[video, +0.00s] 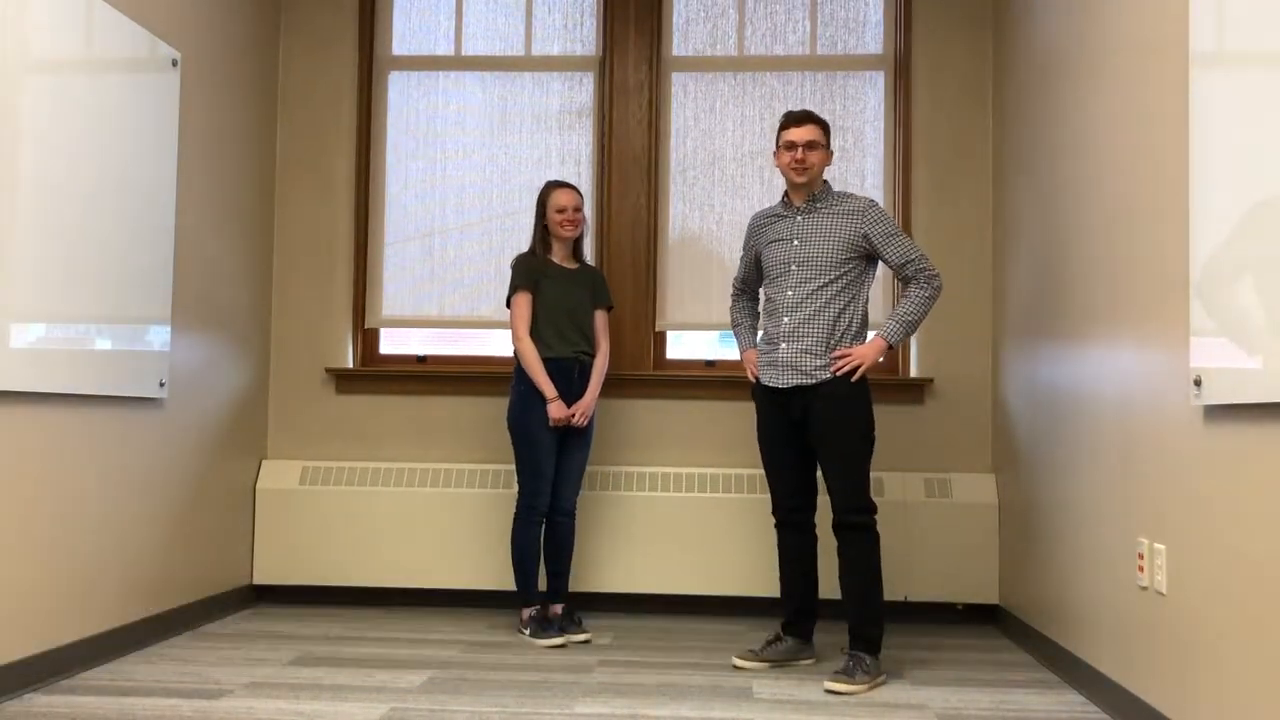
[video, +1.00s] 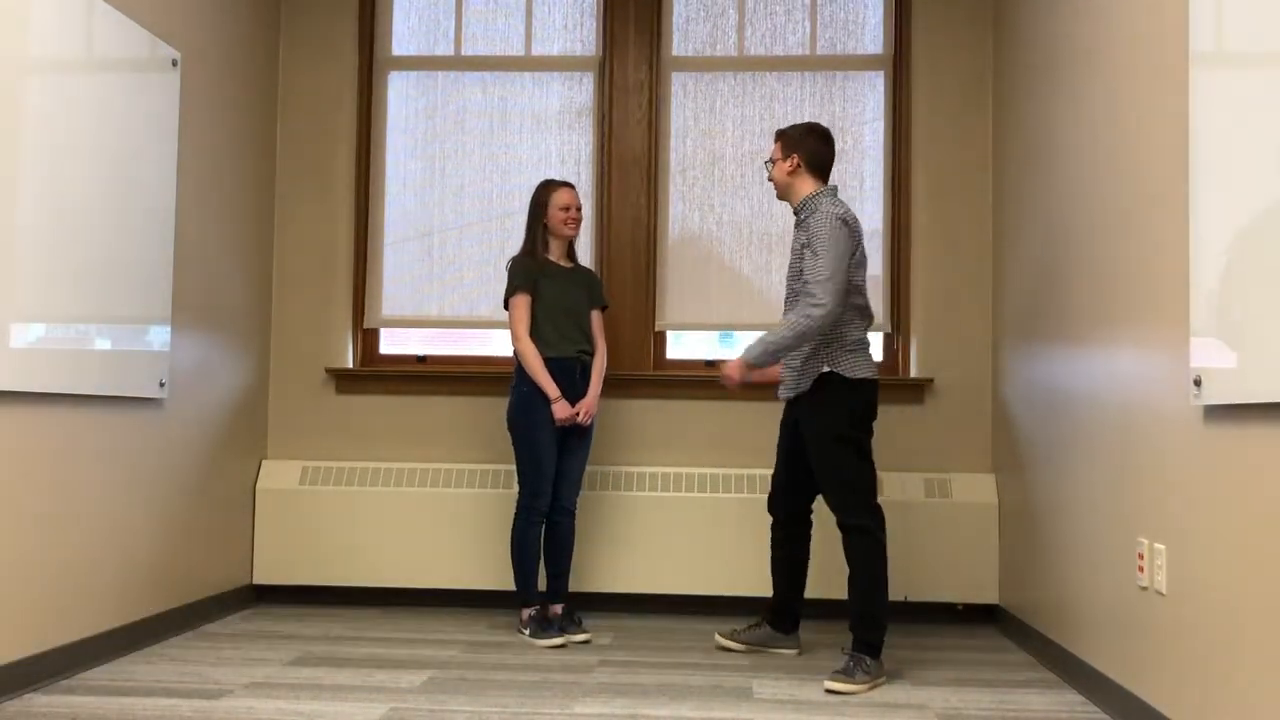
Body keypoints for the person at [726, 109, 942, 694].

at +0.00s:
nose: (799, 155)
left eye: (810, 146)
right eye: (789, 147)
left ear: (828, 155)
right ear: (776, 157)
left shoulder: (858, 214)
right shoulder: (762, 225)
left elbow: (924, 280)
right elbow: (743, 294)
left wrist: (882, 340)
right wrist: (747, 344)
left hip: (838, 388)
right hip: (776, 392)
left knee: (852, 516)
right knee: (791, 517)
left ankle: (863, 653)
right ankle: (795, 636)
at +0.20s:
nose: (779, 155)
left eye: (790, 146)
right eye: (776, 148)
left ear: (823, 152)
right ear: (776, 158)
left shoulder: (862, 211)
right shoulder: (776, 221)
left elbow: (931, 280)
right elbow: (762, 290)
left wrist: (884, 342)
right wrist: (761, 338)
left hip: (842, 389)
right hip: (782, 391)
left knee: (854, 518)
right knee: (794, 518)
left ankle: (864, 653)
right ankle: (796, 636)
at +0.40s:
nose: (769, 164)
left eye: (775, 153)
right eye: (769, 154)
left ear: (803, 150)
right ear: (802, 151)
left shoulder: (859, 207)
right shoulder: (799, 216)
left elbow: (929, 277)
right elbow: (815, 295)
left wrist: (877, 345)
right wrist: (790, 356)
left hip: (845, 391)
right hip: (794, 391)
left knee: (860, 520)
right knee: (799, 518)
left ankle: (865, 655)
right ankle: (797, 638)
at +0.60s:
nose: (769, 164)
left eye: (774, 154)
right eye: (772, 155)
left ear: (797, 155)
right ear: (803, 155)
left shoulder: (844, 206)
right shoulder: (820, 211)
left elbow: (904, 276)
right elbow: (844, 295)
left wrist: (860, 350)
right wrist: (808, 360)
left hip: (849, 392)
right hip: (811, 392)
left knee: (866, 518)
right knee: (794, 508)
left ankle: (866, 654)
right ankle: (797, 636)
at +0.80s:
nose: (772, 166)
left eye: (777, 156)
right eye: (774, 156)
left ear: (799, 158)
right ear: (809, 158)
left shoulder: (836, 208)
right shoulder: (817, 210)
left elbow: (874, 280)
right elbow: (846, 291)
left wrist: (825, 349)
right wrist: (812, 361)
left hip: (848, 390)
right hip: (818, 389)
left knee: (864, 518)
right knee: (792, 504)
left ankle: (867, 653)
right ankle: (794, 628)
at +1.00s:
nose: (768, 170)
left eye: (774, 160)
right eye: (770, 160)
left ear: (797, 163)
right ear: (803, 163)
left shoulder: (829, 217)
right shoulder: (811, 218)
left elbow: (821, 309)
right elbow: (826, 311)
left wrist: (750, 356)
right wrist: (792, 367)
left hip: (840, 387)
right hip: (811, 384)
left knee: (858, 519)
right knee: (788, 506)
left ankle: (866, 653)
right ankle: (781, 625)